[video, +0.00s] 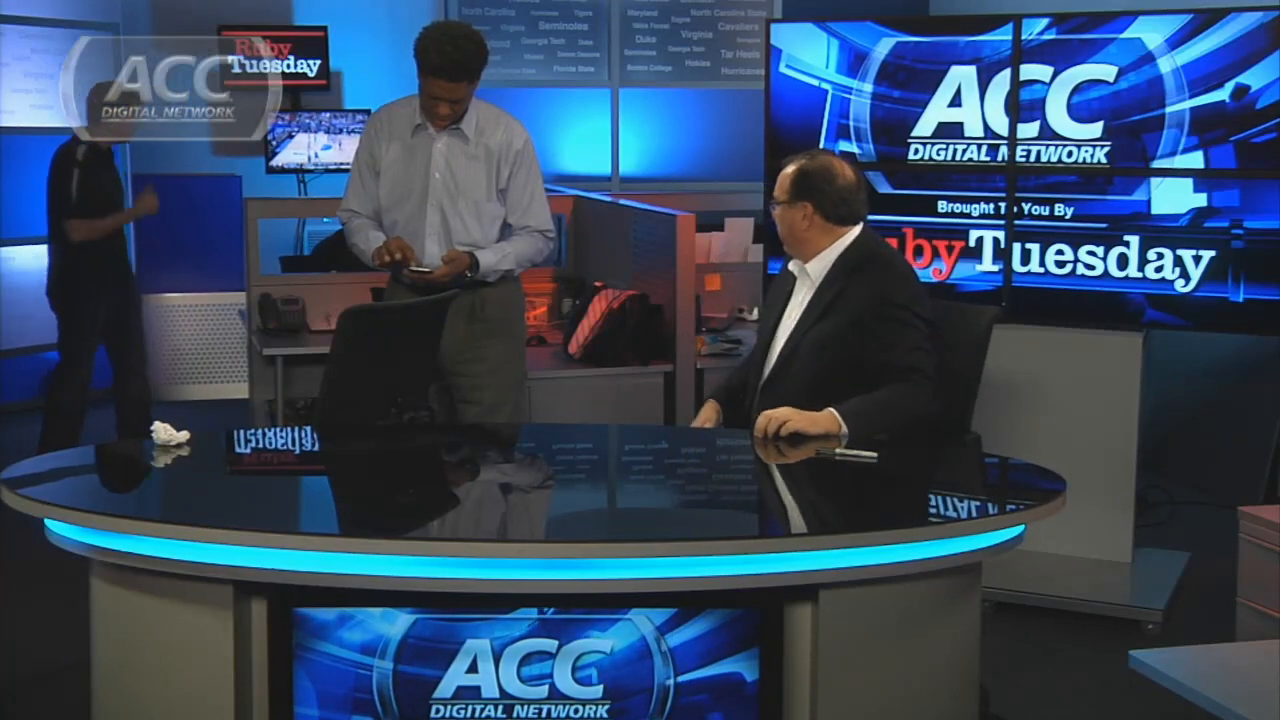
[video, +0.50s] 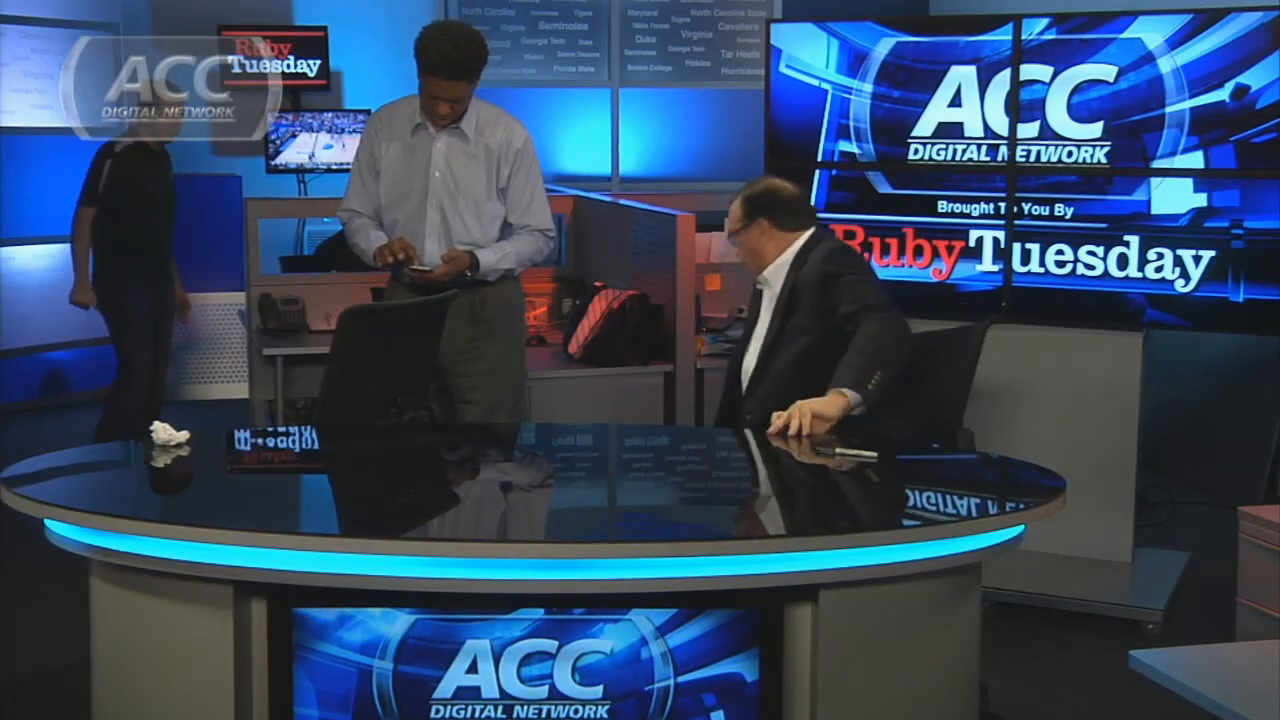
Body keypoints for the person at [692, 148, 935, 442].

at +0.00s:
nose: (772, 213)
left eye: (777, 203)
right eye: (774, 203)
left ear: (806, 214)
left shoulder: (885, 276)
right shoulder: (797, 270)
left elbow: (915, 389)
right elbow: (766, 356)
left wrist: (833, 419)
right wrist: (718, 404)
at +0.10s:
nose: (775, 213)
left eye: (780, 204)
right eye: (777, 204)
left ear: (807, 214)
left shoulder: (884, 273)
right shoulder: (800, 267)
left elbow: (913, 386)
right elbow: (769, 355)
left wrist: (830, 416)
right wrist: (718, 407)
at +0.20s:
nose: (779, 211)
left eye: (785, 201)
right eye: (780, 201)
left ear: (812, 208)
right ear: (811, 211)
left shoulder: (879, 271)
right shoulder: (799, 267)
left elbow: (910, 376)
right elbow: (763, 353)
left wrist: (823, 412)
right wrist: (697, 408)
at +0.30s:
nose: (771, 212)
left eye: (777, 199)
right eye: (773, 200)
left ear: (808, 204)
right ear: (807, 205)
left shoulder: (868, 257)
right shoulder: (785, 263)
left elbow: (906, 344)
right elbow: (740, 337)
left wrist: (836, 403)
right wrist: (665, 383)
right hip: (748, 440)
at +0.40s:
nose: (755, 229)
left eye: (759, 214)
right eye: (755, 216)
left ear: (788, 214)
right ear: (787, 215)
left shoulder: (848, 251)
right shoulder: (778, 266)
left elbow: (892, 325)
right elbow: (747, 339)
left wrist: (834, 399)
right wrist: (678, 385)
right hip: (750, 430)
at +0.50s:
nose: (735, 252)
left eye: (734, 237)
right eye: (731, 240)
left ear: (763, 228)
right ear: (763, 229)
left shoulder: (831, 261)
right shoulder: (771, 280)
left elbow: (886, 329)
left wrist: (840, 397)